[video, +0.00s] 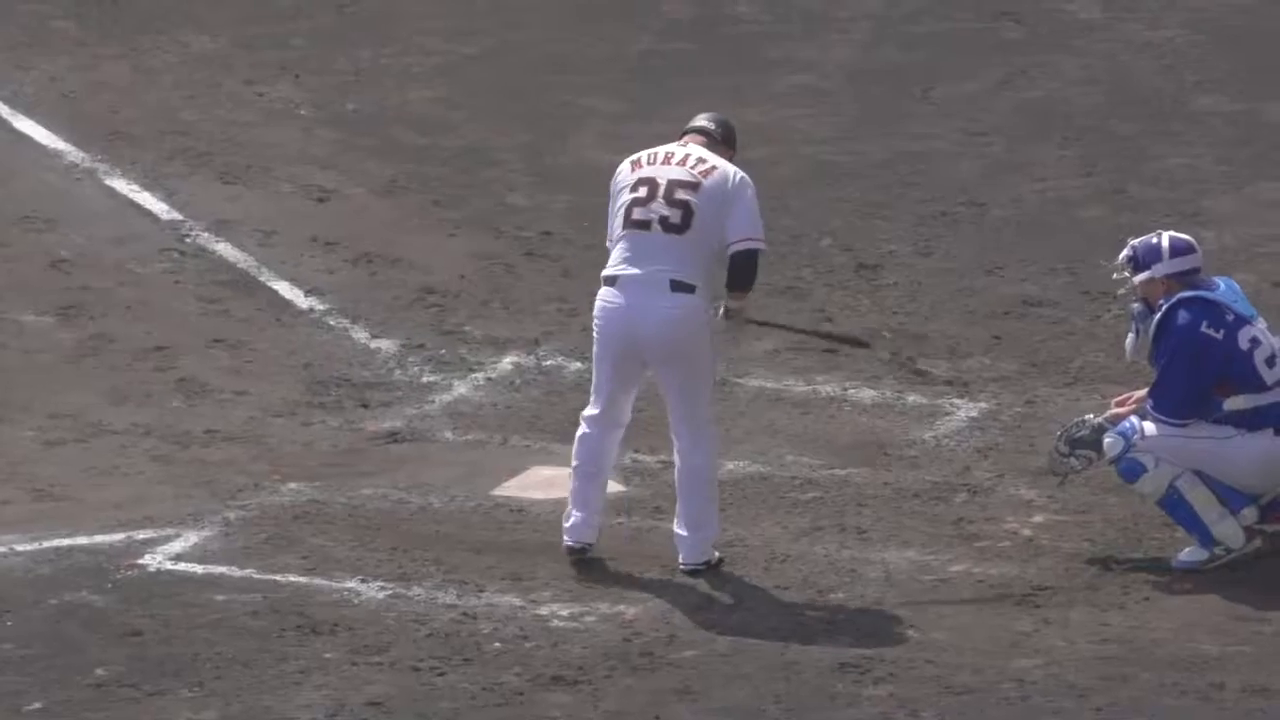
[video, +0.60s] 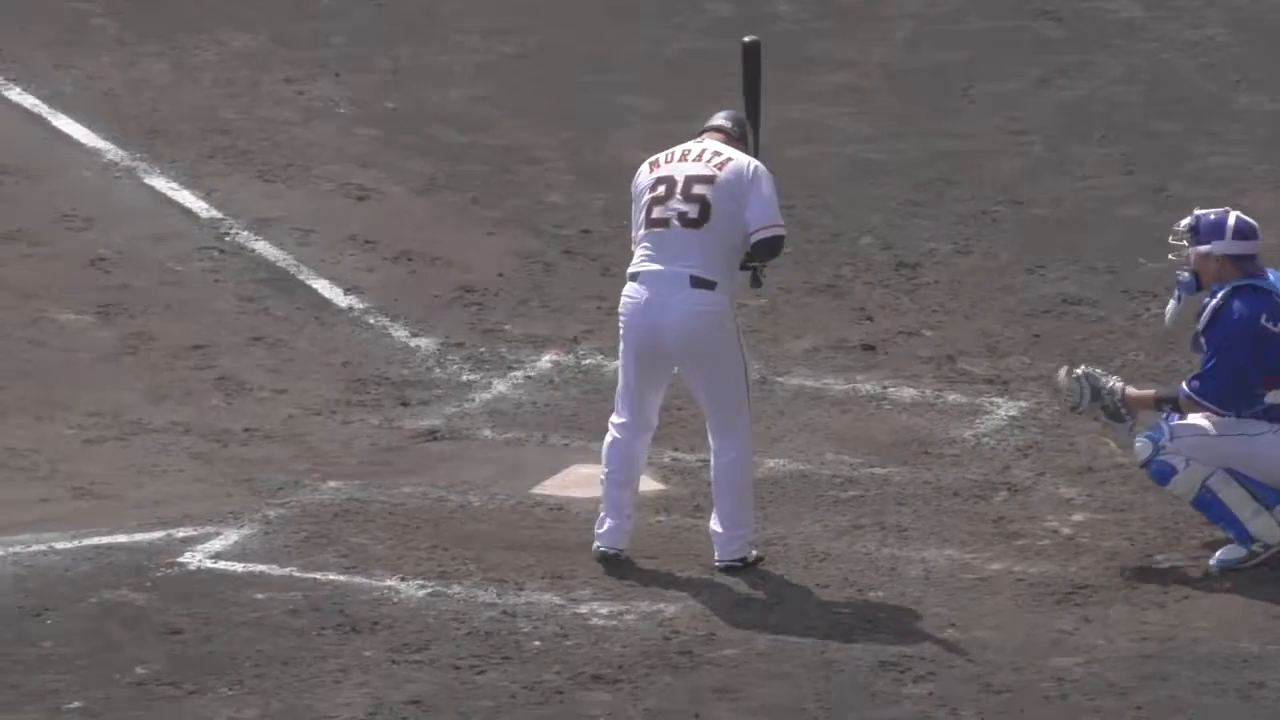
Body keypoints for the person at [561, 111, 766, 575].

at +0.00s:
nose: (726, 160)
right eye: (729, 154)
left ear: (683, 136)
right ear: (726, 148)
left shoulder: (629, 163)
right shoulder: (732, 177)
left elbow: (616, 238)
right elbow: (743, 264)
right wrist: (734, 303)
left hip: (614, 301)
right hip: (681, 307)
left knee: (602, 416)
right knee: (693, 431)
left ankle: (578, 532)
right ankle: (695, 549)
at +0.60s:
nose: (744, 151)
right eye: (745, 144)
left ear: (703, 131)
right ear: (742, 140)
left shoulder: (650, 164)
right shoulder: (747, 167)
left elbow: (643, 235)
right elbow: (768, 242)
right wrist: (751, 260)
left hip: (639, 299)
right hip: (704, 306)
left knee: (629, 421)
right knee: (729, 430)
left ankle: (610, 537)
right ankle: (732, 547)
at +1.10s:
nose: (726, 113)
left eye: (723, 106)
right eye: (724, 106)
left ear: (674, 108)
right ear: (717, 109)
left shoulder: (642, 161)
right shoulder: (736, 156)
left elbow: (658, 221)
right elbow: (787, 219)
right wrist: (769, 187)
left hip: (648, 306)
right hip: (711, 311)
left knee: (641, 417)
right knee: (740, 430)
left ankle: (606, 528)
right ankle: (741, 545)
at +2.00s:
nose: (687, 119)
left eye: (675, 110)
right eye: (718, 111)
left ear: (671, 113)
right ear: (720, 114)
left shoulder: (653, 162)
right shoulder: (743, 164)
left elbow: (712, 174)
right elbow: (806, 190)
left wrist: (761, 137)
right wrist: (791, 146)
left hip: (661, 312)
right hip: (724, 318)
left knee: (655, 421)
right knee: (751, 433)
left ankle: (615, 532)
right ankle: (748, 550)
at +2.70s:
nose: (640, 138)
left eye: (643, 133)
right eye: (647, 134)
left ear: (647, 138)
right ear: (691, 137)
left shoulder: (631, 184)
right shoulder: (712, 183)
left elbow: (704, 165)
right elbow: (780, 167)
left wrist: (743, 116)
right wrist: (762, 118)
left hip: (630, 336)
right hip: (690, 343)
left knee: (627, 444)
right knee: (716, 454)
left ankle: (578, 551)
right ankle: (708, 572)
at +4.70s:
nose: (603, 174)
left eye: (607, 169)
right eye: (659, 172)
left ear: (611, 172)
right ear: (657, 173)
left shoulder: (594, 217)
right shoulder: (673, 220)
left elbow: (672, 207)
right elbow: (738, 217)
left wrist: (710, 163)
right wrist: (728, 171)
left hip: (588, 369)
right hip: (648, 376)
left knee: (584, 476)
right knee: (676, 486)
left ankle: (535, 577)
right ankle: (664, 600)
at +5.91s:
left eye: (582, 197)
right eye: (630, 199)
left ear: (584, 199)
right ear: (627, 202)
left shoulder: (567, 242)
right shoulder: (638, 245)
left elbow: (641, 278)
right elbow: (708, 263)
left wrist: (710, 232)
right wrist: (705, 219)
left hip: (539, 392)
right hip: (599, 402)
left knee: (592, 435)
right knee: (632, 501)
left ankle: (554, 515)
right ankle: (619, 608)